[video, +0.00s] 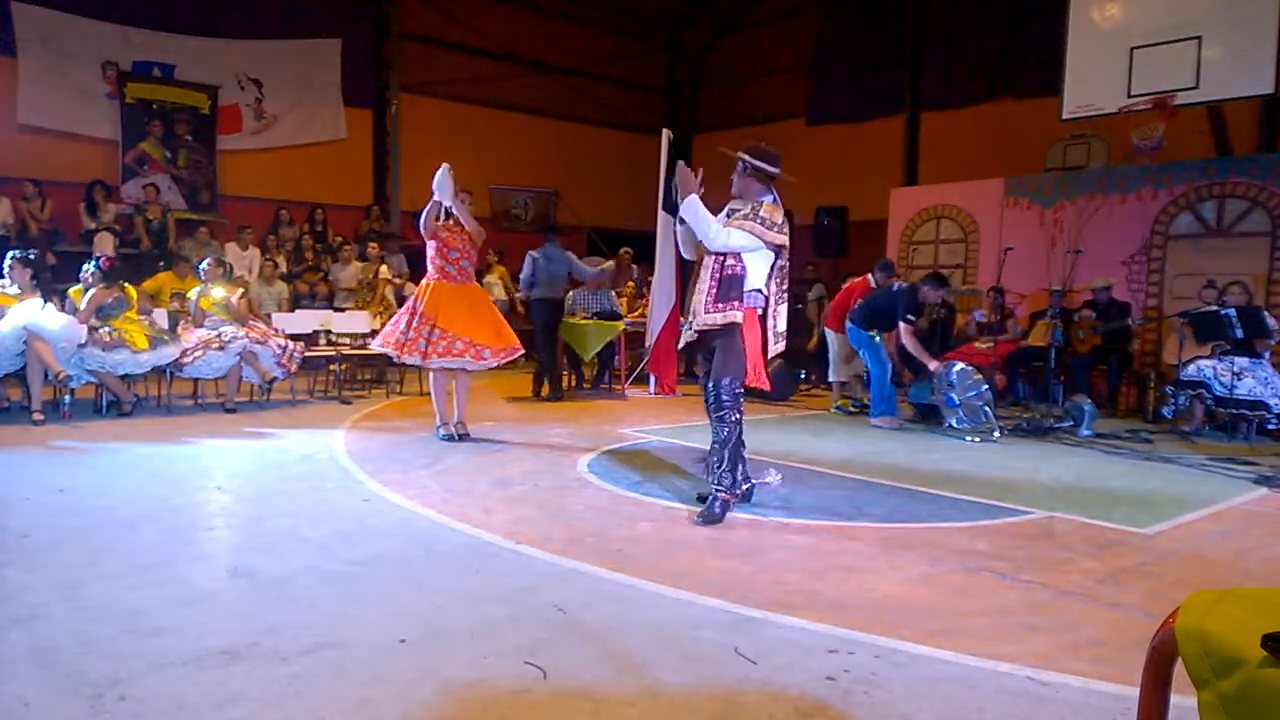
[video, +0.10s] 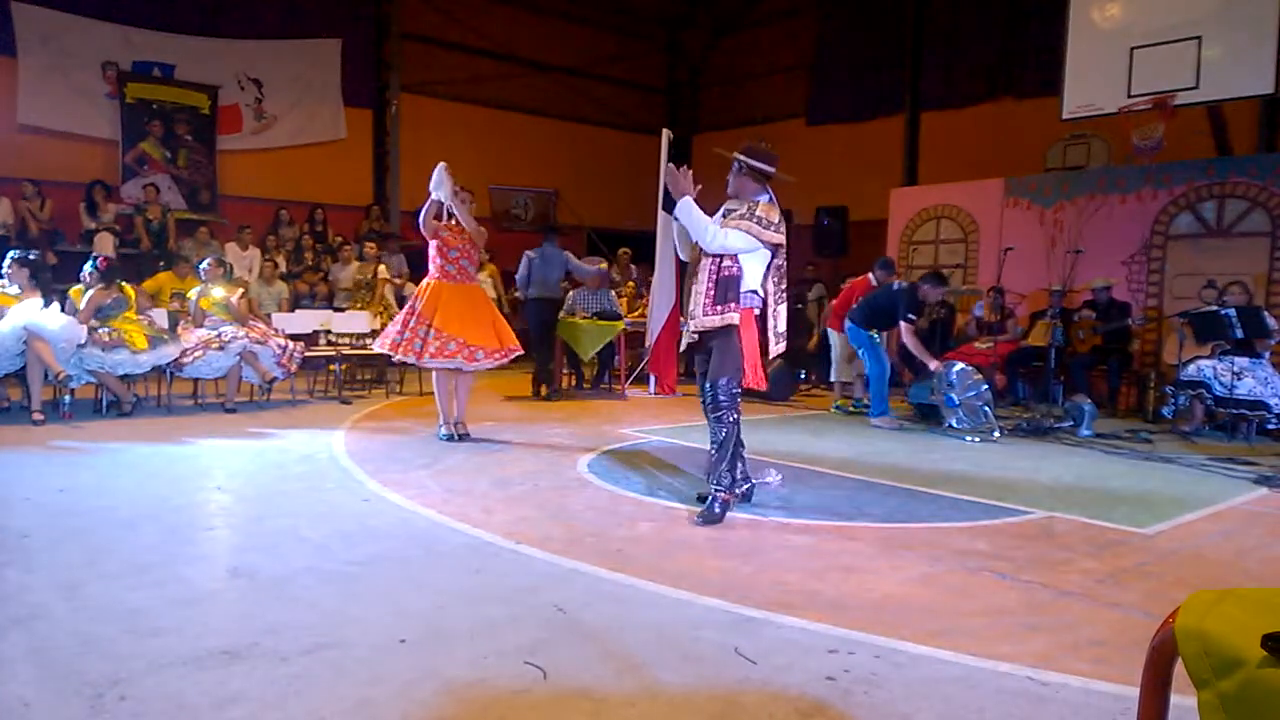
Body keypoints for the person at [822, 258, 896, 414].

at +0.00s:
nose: (890, 282)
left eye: (892, 278)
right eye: (888, 278)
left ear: (884, 275)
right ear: (877, 274)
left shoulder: (876, 288)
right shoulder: (863, 287)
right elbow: (854, 314)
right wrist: (855, 344)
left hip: (852, 325)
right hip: (835, 323)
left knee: (855, 362)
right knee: (838, 362)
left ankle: (859, 397)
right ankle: (838, 400)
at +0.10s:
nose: (890, 279)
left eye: (892, 276)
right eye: (888, 275)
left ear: (885, 273)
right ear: (878, 271)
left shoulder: (878, 287)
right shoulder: (863, 285)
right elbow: (857, 311)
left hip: (855, 325)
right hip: (838, 323)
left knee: (859, 362)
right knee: (840, 361)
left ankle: (859, 397)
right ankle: (838, 399)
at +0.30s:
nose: (893, 277)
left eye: (894, 272)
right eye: (890, 272)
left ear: (894, 272)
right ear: (878, 269)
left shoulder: (882, 285)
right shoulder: (864, 284)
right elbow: (860, 311)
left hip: (857, 326)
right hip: (841, 325)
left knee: (861, 363)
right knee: (845, 362)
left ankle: (859, 398)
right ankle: (840, 399)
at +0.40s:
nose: (892, 275)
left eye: (894, 270)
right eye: (890, 270)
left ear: (891, 270)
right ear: (879, 268)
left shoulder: (884, 285)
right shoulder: (863, 283)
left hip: (862, 326)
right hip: (845, 325)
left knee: (863, 363)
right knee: (848, 362)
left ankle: (859, 398)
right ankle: (841, 398)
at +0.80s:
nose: (892, 270)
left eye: (893, 266)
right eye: (889, 265)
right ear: (879, 263)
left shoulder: (883, 281)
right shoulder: (864, 281)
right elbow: (854, 307)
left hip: (872, 325)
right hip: (858, 325)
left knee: (867, 361)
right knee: (855, 360)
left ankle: (860, 397)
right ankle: (844, 396)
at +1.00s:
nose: (892, 269)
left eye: (893, 265)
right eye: (889, 264)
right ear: (879, 262)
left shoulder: (884, 280)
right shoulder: (864, 281)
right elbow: (857, 307)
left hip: (874, 325)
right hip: (861, 326)